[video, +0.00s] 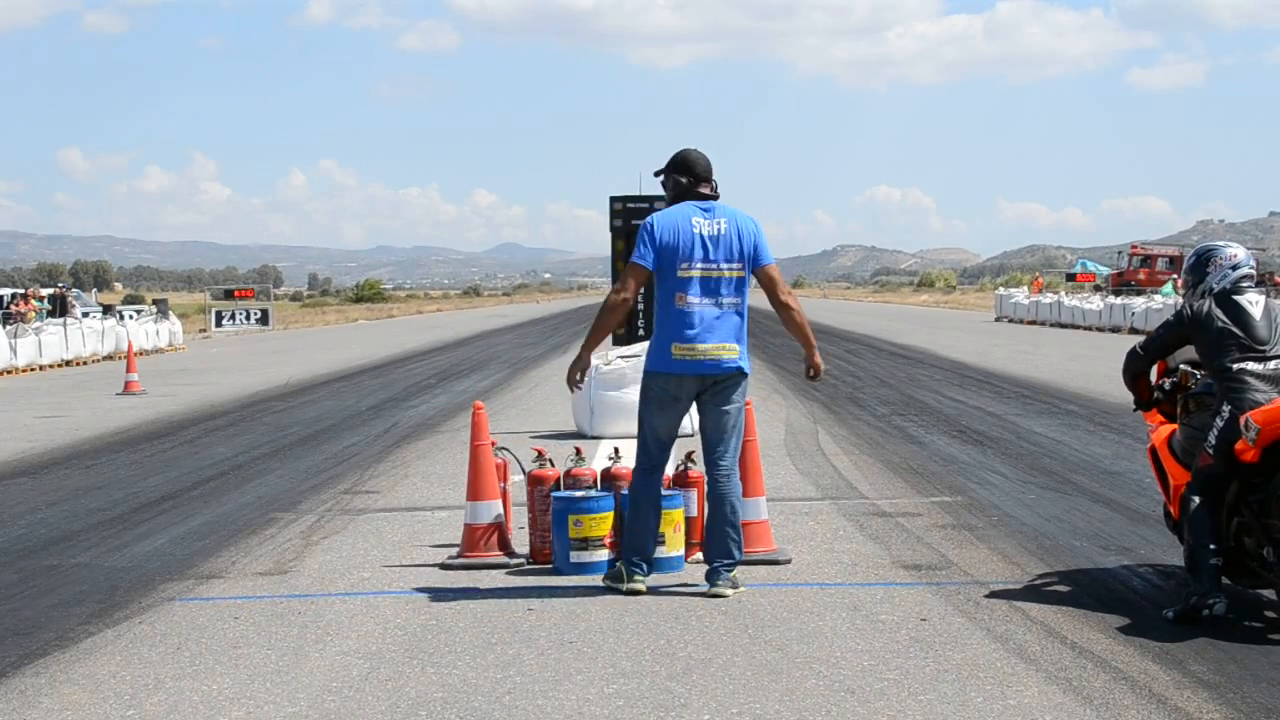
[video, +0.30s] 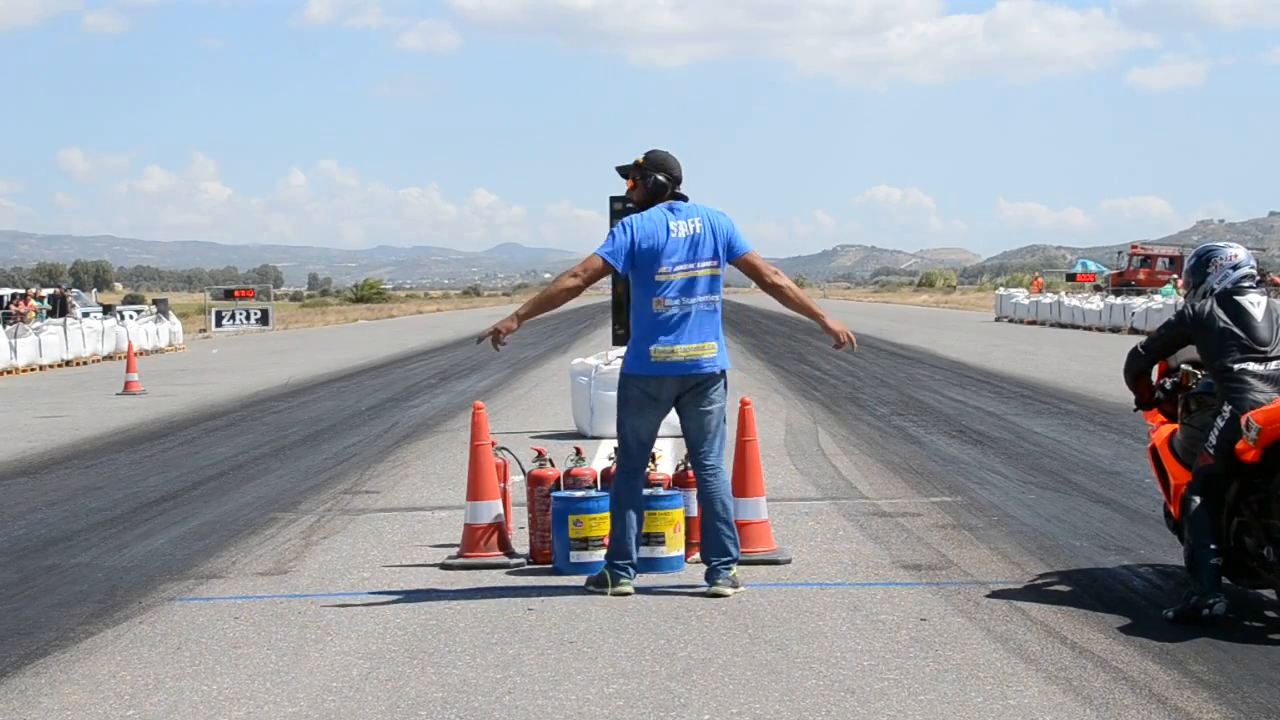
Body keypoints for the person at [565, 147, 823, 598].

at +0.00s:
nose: (662, 188)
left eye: (665, 182)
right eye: (663, 181)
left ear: (677, 183)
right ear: (711, 185)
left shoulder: (659, 225)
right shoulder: (745, 225)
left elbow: (624, 294)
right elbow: (782, 296)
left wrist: (585, 352)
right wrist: (812, 349)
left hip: (671, 362)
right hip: (729, 360)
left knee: (650, 464)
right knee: (723, 467)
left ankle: (635, 567)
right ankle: (723, 571)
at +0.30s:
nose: (628, 188)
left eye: (634, 180)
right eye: (631, 179)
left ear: (650, 183)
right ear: (676, 185)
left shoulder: (633, 228)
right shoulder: (715, 221)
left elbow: (578, 278)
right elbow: (769, 278)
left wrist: (518, 317)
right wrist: (825, 320)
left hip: (648, 366)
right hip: (706, 362)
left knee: (631, 465)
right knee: (710, 465)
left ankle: (620, 570)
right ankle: (722, 571)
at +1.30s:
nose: (579, 191)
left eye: (582, 183)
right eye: (579, 183)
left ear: (600, 184)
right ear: (626, 185)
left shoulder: (577, 228)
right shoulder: (664, 222)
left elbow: (516, 266)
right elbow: (718, 277)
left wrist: (465, 292)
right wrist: (762, 311)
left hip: (601, 363)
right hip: (657, 360)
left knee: (609, 468)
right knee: (661, 463)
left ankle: (617, 571)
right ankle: (667, 569)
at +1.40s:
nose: (577, 191)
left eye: (581, 183)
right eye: (577, 184)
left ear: (600, 184)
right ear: (624, 185)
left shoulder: (577, 228)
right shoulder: (665, 222)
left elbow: (516, 266)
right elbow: (717, 277)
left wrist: (466, 292)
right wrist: (762, 313)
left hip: (601, 364)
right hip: (657, 361)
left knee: (608, 468)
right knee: (661, 463)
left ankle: (617, 571)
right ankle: (667, 569)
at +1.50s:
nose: (576, 191)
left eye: (579, 184)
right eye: (576, 184)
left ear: (596, 184)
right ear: (624, 185)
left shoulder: (577, 228)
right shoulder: (665, 222)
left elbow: (516, 266)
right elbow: (716, 277)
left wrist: (465, 292)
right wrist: (763, 313)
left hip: (601, 362)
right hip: (658, 360)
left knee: (609, 467)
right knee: (661, 462)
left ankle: (617, 571)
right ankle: (667, 569)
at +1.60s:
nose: (576, 192)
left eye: (579, 184)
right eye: (576, 185)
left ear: (595, 185)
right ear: (623, 185)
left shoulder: (576, 228)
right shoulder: (662, 222)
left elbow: (517, 266)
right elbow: (716, 278)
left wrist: (464, 294)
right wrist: (761, 313)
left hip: (601, 364)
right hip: (656, 361)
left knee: (608, 467)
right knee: (660, 462)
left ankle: (617, 571)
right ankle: (668, 569)